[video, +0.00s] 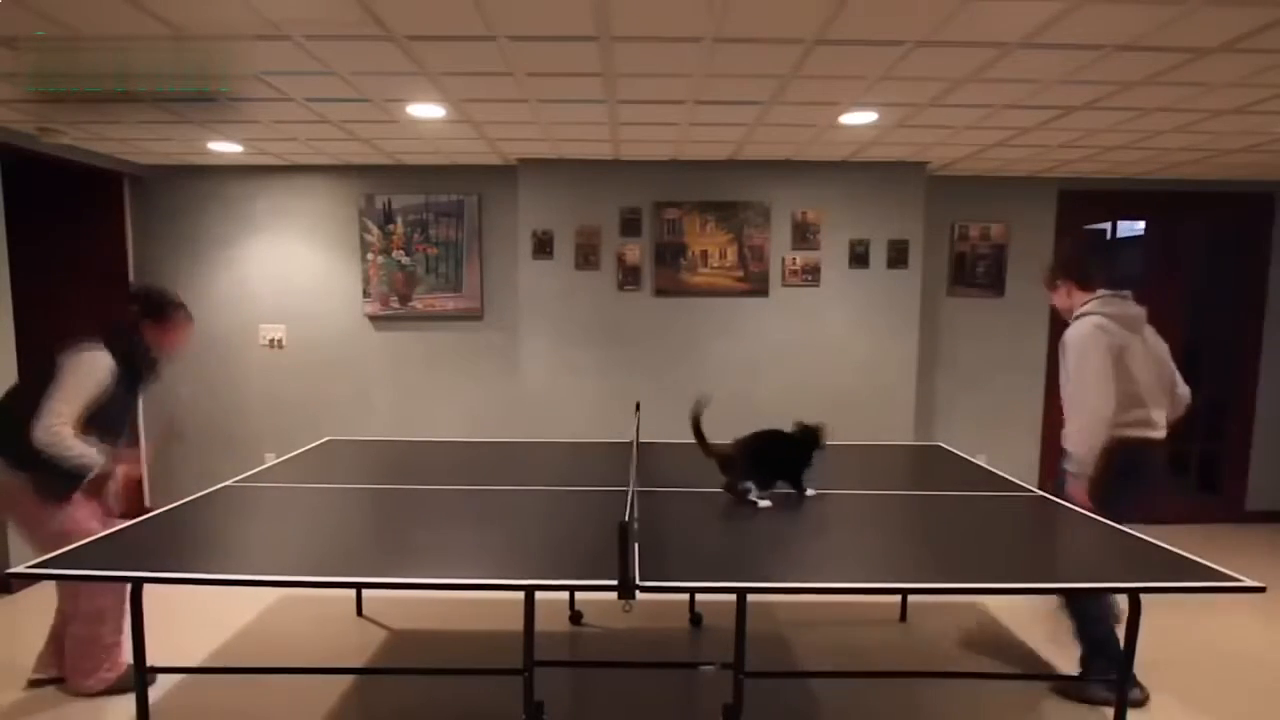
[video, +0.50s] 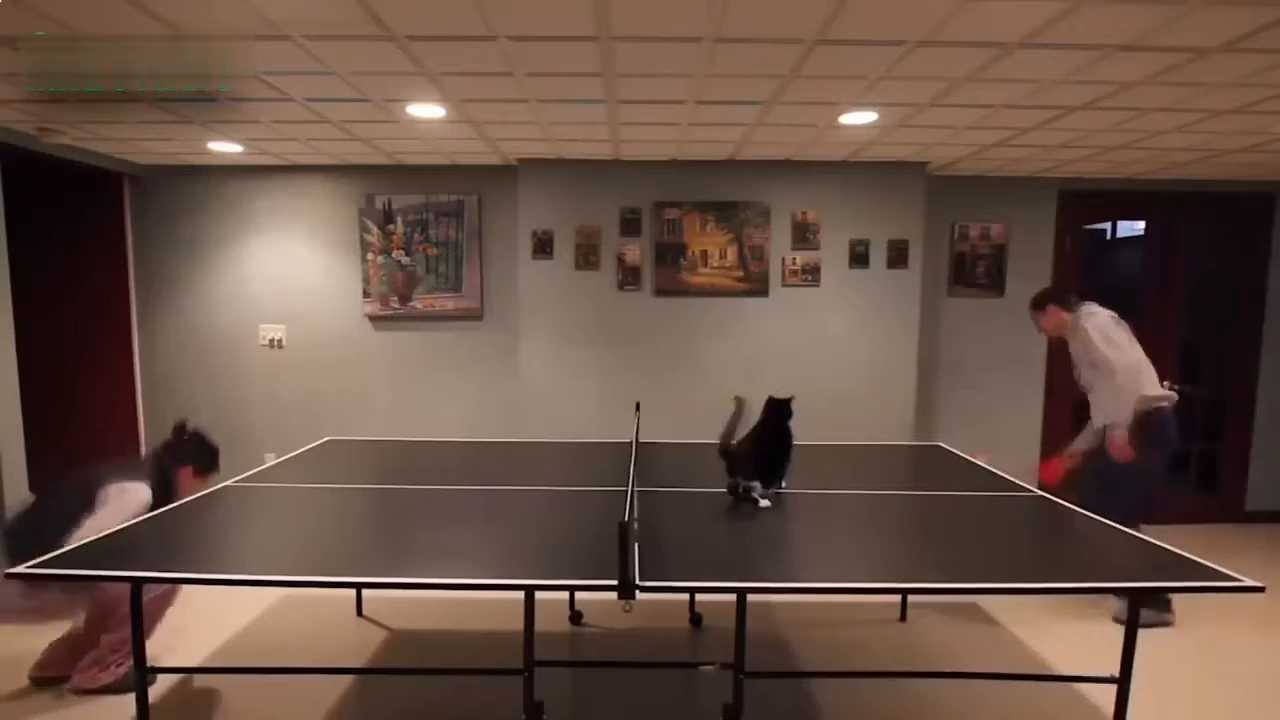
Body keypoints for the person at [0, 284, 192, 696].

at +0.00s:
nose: (178, 344)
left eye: (181, 334)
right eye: (176, 332)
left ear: (151, 327)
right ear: (151, 325)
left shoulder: (126, 368)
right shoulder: (97, 360)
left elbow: (92, 434)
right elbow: (48, 432)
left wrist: (117, 466)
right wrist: (107, 465)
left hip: (52, 473)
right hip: (25, 474)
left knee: (95, 555)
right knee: (101, 555)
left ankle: (57, 661)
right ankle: (93, 670)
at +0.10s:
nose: (193, 389)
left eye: (198, 382)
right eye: (194, 379)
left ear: (173, 364)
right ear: (174, 363)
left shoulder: (142, 395)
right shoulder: (115, 389)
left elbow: (87, 460)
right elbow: (52, 461)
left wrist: (98, 502)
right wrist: (95, 501)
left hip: (35, 488)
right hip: (13, 491)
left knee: (97, 557)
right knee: (106, 556)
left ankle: (57, 663)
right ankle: (94, 670)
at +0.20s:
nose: (201, 419)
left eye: (205, 411)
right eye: (202, 409)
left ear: (180, 394)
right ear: (184, 397)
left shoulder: (144, 412)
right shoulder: (129, 412)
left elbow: (77, 473)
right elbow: (54, 478)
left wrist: (93, 513)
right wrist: (89, 512)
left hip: (29, 500)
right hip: (12, 504)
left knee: (113, 550)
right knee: (111, 556)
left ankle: (57, 663)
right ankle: (95, 671)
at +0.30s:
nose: (198, 448)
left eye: (204, 442)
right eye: (202, 439)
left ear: (183, 418)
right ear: (187, 425)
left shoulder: (139, 429)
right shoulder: (133, 437)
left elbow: (77, 489)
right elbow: (55, 497)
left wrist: (99, 523)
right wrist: (96, 526)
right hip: (14, 523)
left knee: (107, 567)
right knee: (124, 563)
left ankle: (56, 664)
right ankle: (98, 671)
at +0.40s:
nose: (195, 476)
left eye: (201, 471)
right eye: (200, 469)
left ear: (184, 447)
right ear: (188, 454)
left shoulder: (140, 450)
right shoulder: (138, 464)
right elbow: (61, 523)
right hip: (23, 542)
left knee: (119, 583)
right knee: (142, 582)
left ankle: (57, 664)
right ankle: (99, 671)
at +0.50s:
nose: (200, 494)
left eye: (205, 485)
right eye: (202, 483)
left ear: (180, 468)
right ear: (186, 473)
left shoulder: (135, 477)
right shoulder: (137, 490)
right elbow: (77, 551)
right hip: (20, 588)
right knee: (161, 580)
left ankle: (59, 663)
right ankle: (102, 671)